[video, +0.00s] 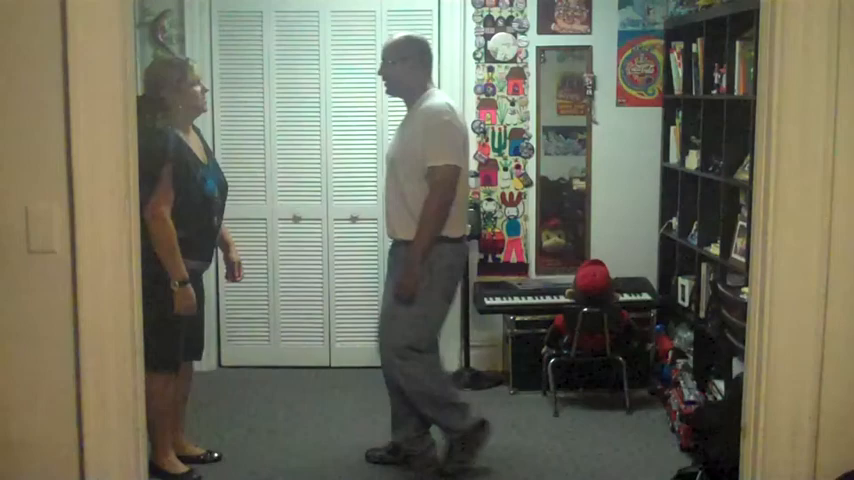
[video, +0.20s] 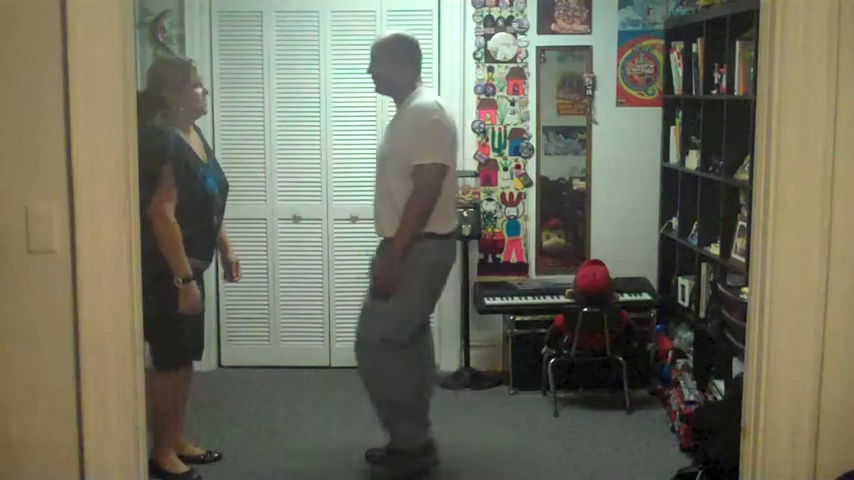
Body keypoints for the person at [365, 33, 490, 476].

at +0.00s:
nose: (381, 74)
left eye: (388, 65)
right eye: (382, 66)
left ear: (416, 67)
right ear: (409, 69)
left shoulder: (439, 115)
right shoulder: (418, 115)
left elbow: (443, 192)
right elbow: (422, 190)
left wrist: (414, 262)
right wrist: (403, 252)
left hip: (433, 251)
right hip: (412, 247)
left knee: (402, 347)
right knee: (401, 347)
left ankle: (465, 428)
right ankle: (411, 442)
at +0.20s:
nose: (370, 74)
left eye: (375, 65)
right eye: (371, 66)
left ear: (399, 65)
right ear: (402, 65)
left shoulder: (427, 113)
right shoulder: (411, 112)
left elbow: (428, 188)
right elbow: (416, 187)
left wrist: (393, 254)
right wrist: (393, 249)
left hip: (421, 248)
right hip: (410, 247)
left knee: (379, 340)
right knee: (409, 342)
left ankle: (411, 446)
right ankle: (411, 441)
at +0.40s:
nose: (361, 69)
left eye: (369, 61)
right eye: (363, 61)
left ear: (395, 64)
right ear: (394, 65)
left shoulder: (412, 112)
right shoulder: (404, 110)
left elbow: (410, 187)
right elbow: (403, 188)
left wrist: (375, 255)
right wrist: (374, 251)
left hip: (404, 251)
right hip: (403, 250)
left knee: (379, 352)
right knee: (399, 350)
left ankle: (389, 455)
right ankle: (411, 445)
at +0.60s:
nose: (355, 70)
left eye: (362, 62)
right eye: (356, 62)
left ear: (388, 64)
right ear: (389, 65)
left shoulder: (404, 113)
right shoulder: (399, 110)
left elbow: (394, 193)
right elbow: (395, 193)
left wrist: (361, 261)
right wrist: (366, 259)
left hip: (397, 251)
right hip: (397, 250)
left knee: (377, 356)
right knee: (389, 353)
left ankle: (392, 455)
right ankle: (408, 445)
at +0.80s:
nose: (348, 70)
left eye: (354, 62)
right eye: (349, 62)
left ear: (380, 64)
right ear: (382, 65)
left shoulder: (398, 113)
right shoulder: (397, 109)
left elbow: (389, 194)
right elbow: (393, 194)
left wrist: (356, 263)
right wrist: (364, 260)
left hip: (397, 250)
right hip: (399, 249)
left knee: (386, 355)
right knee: (395, 352)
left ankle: (393, 454)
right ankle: (407, 444)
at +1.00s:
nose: (339, 80)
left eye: (346, 71)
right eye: (340, 72)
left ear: (371, 73)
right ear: (376, 73)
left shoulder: (392, 118)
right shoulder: (400, 113)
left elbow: (394, 197)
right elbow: (398, 197)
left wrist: (373, 266)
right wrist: (375, 259)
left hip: (412, 251)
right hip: (423, 247)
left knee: (393, 352)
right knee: (406, 349)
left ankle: (392, 452)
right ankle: (410, 442)